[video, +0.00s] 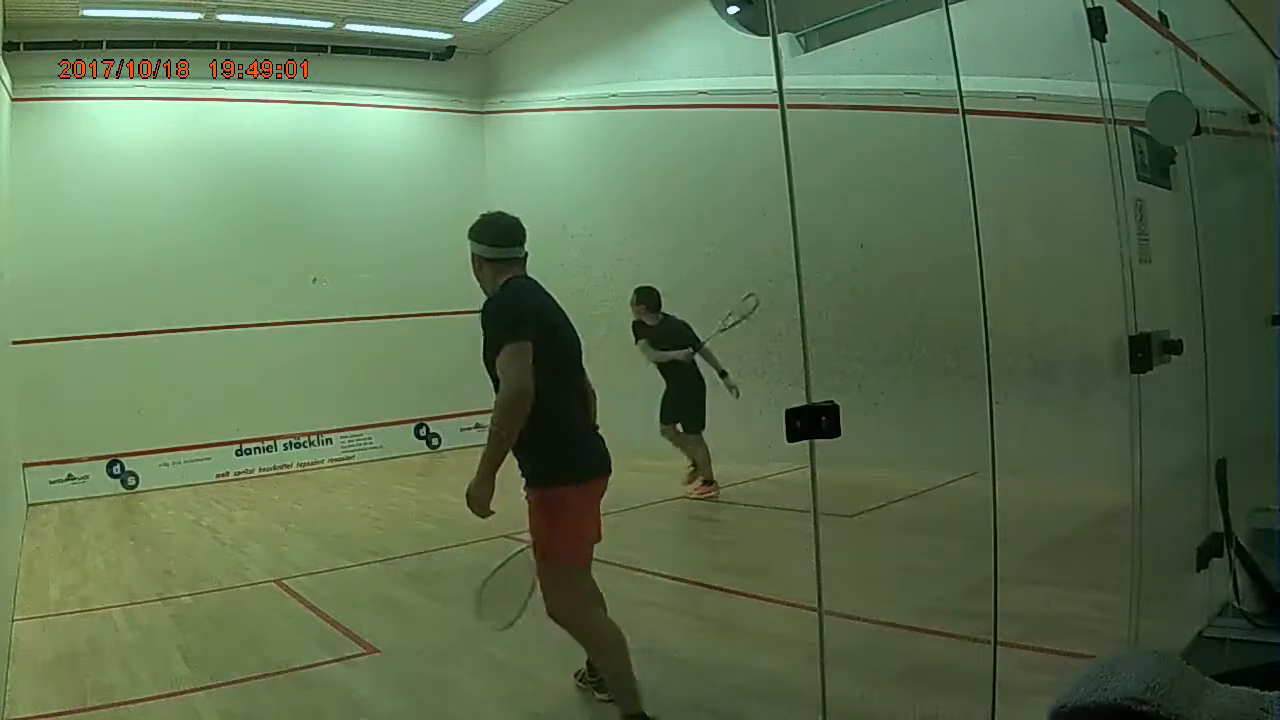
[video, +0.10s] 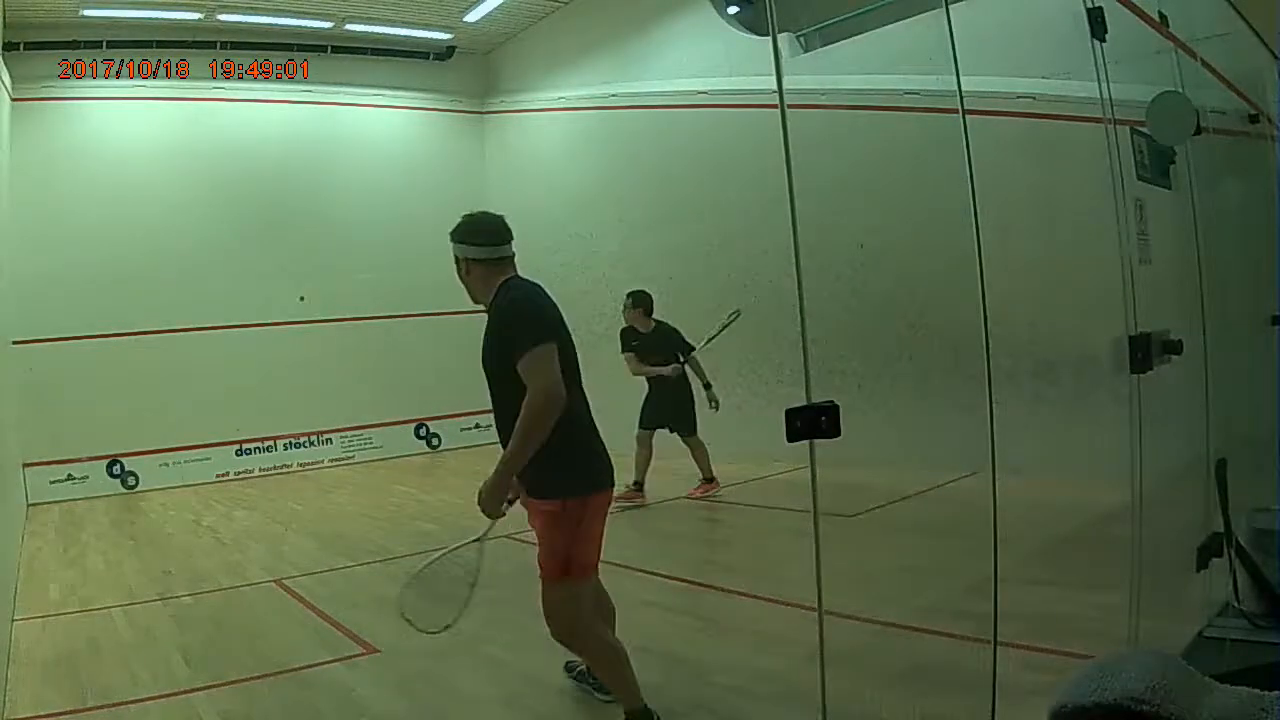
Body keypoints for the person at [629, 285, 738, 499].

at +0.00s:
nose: (632, 309)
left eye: (634, 305)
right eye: (632, 305)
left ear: (643, 308)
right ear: (648, 308)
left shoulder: (676, 327)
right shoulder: (638, 326)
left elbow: (702, 350)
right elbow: (650, 355)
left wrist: (724, 376)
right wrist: (676, 355)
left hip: (692, 384)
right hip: (673, 385)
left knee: (692, 434)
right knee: (667, 430)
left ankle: (709, 480)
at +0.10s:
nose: (623, 313)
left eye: (626, 308)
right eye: (623, 308)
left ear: (640, 311)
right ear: (637, 312)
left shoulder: (666, 331)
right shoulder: (627, 334)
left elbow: (690, 358)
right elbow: (634, 368)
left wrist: (708, 387)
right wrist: (664, 370)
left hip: (678, 389)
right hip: (655, 390)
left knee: (689, 436)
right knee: (643, 436)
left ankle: (710, 480)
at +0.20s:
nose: (613, 315)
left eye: (617, 311)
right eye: (613, 310)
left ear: (632, 313)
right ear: (624, 314)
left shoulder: (653, 337)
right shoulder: (616, 338)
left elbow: (674, 368)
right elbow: (616, 372)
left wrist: (687, 396)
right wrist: (637, 385)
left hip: (663, 394)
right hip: (638, 395)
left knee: (675, 441)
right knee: (625, 441)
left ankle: (705, 477)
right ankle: (621, 498)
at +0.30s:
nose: (602, 310)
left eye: (607, 306)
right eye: (602, 306)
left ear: (622, 308)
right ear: (610, 310)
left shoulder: (642, 337)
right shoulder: (606, 337)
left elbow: (658, 370)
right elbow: (604, 371)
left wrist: (663, 403)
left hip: (645, 404)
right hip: (618, 403)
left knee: (645, 456)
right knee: (617, 455)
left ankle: (680, 471)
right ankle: (623, 502)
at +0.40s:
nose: (596, 305)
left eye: (601, 301)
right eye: (596, 301)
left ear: (617, 303)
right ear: (600, 304)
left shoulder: (634, 332)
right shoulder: (600, 333)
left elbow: (648, 367)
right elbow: (596, 368)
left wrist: (645, 397)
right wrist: (595, 397)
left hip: (632, 400)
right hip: (608, 400)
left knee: (636, 447)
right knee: (608, 446)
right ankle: (615, 494)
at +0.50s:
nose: (591, 304)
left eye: (597, 299)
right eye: (590, 299)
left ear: (610, 301)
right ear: (590, 302)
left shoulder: (621, 331)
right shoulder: (594, 332)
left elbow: (633, 368)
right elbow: (589, 364)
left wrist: (622, 398)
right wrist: (578, 390)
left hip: (622, 397)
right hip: (603, 395)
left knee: (612, 452)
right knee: (602, 451)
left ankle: (622, 500)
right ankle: (618, 498)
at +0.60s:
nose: (584, 307)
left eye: (590, 303)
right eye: (583, 303)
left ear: (605, 305)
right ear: (583, 306)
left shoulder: (612, 336)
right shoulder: (591, 334)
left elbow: (619, 377)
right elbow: (588, 370)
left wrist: (595, 400)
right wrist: (572, 397)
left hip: (614, 406)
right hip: (601, 406)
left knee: (595, 453)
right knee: (600, 454)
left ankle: (607, 503)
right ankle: (615, 498)